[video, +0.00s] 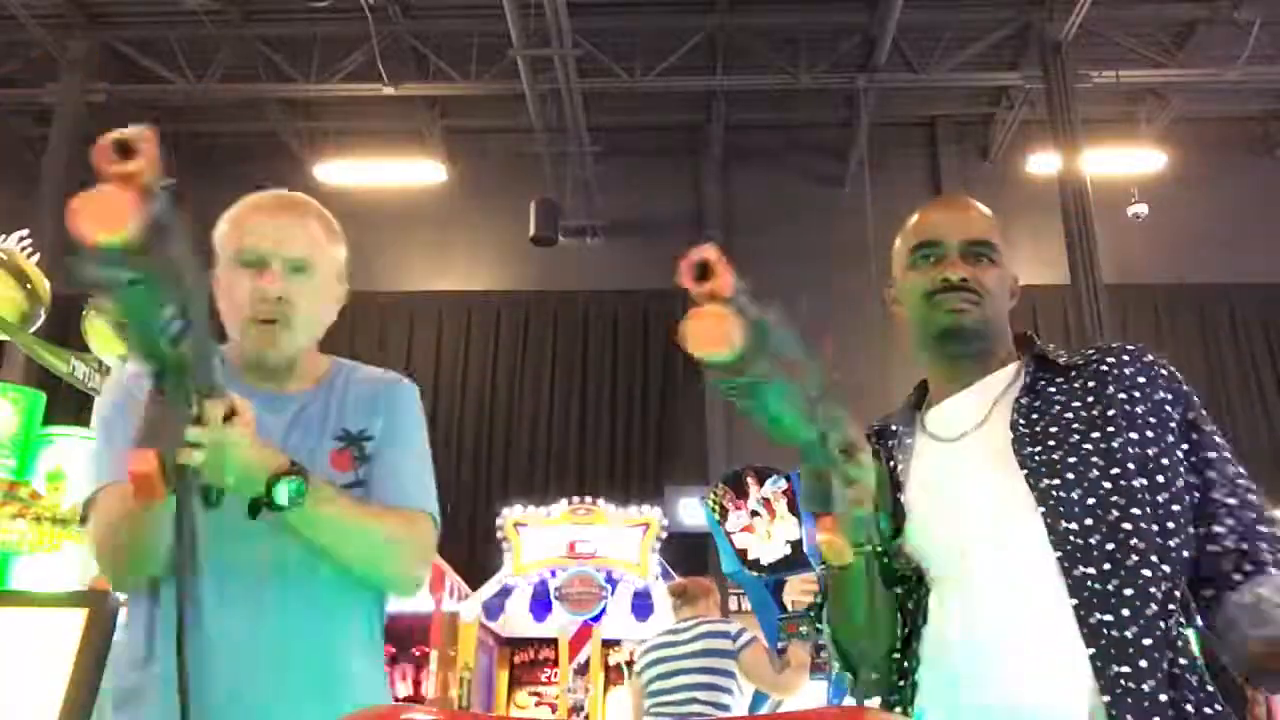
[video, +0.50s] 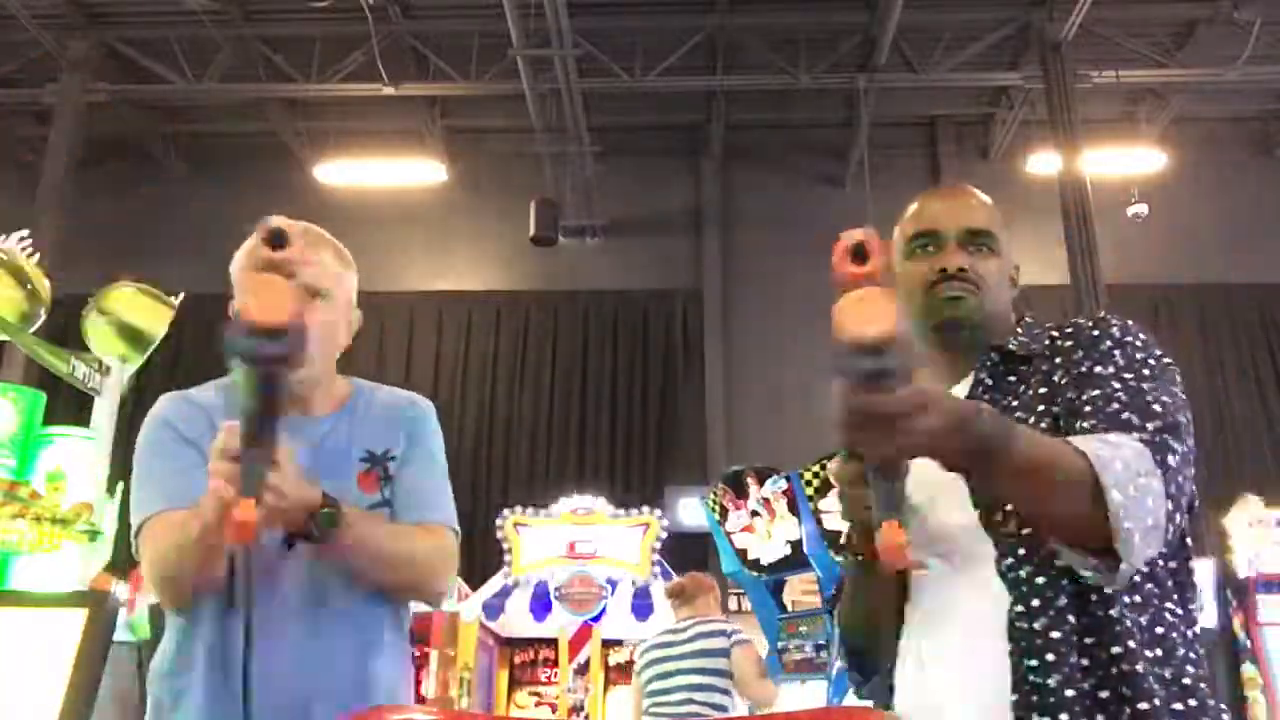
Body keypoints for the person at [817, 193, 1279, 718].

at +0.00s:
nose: (954, 269)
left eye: (979, 256)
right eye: (926, 257)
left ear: (1013, 287)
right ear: (893, 297)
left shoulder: (1131, 387)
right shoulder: (878, 456)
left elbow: (1245, 570)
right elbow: (870, 669)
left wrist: (1260, 666)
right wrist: (847, 531)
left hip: (1143, 706)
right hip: (954, 709)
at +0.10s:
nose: (952, 279)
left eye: (974, 260)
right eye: (928, 263)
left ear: (1008, 281)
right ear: (898, 291)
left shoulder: (1112, 375)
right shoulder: (888, 447)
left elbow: (1241, 526)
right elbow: (868, 661)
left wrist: (1225, 595)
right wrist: (885, 548)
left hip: (1109, 703)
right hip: (945, 706)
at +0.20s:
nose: (950, 267)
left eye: (975, 250)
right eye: (922, 256)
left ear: (1013, 282)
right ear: (896, 298)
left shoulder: (1125, 395)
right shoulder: (870, 475)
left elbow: (1263, 560)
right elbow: (863, 660)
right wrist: (921, 556)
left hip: (1132, 704)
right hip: (950, 709)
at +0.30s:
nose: (963, 266)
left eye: (986, 246)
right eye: (935, 249)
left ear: (1023, 266)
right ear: (903, 288)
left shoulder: (1109, 358)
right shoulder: (891, 459)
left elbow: (1208, 512)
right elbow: (874, 660)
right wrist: (903, 542)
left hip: (1134, 701)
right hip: (961, 706)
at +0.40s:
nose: (963, 260)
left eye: (989, 243)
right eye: (935, 244)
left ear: (1023, 277)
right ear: (903, 283)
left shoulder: (1114, 348)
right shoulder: (897, 409)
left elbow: (1138, 504)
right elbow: (881, 665)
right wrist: (879, 528)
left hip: (1115, 699)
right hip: (953, 704)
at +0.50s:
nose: (952, 262)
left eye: (977, 244)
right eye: (925, 247)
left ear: (1012, 274)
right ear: (897, 282)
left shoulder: (1102, 350)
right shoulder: (893, 419)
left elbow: (1134, 513)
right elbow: (871, 667)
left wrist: (967, 437)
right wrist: (868, 537)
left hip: (1107, 699)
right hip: (944, 705)